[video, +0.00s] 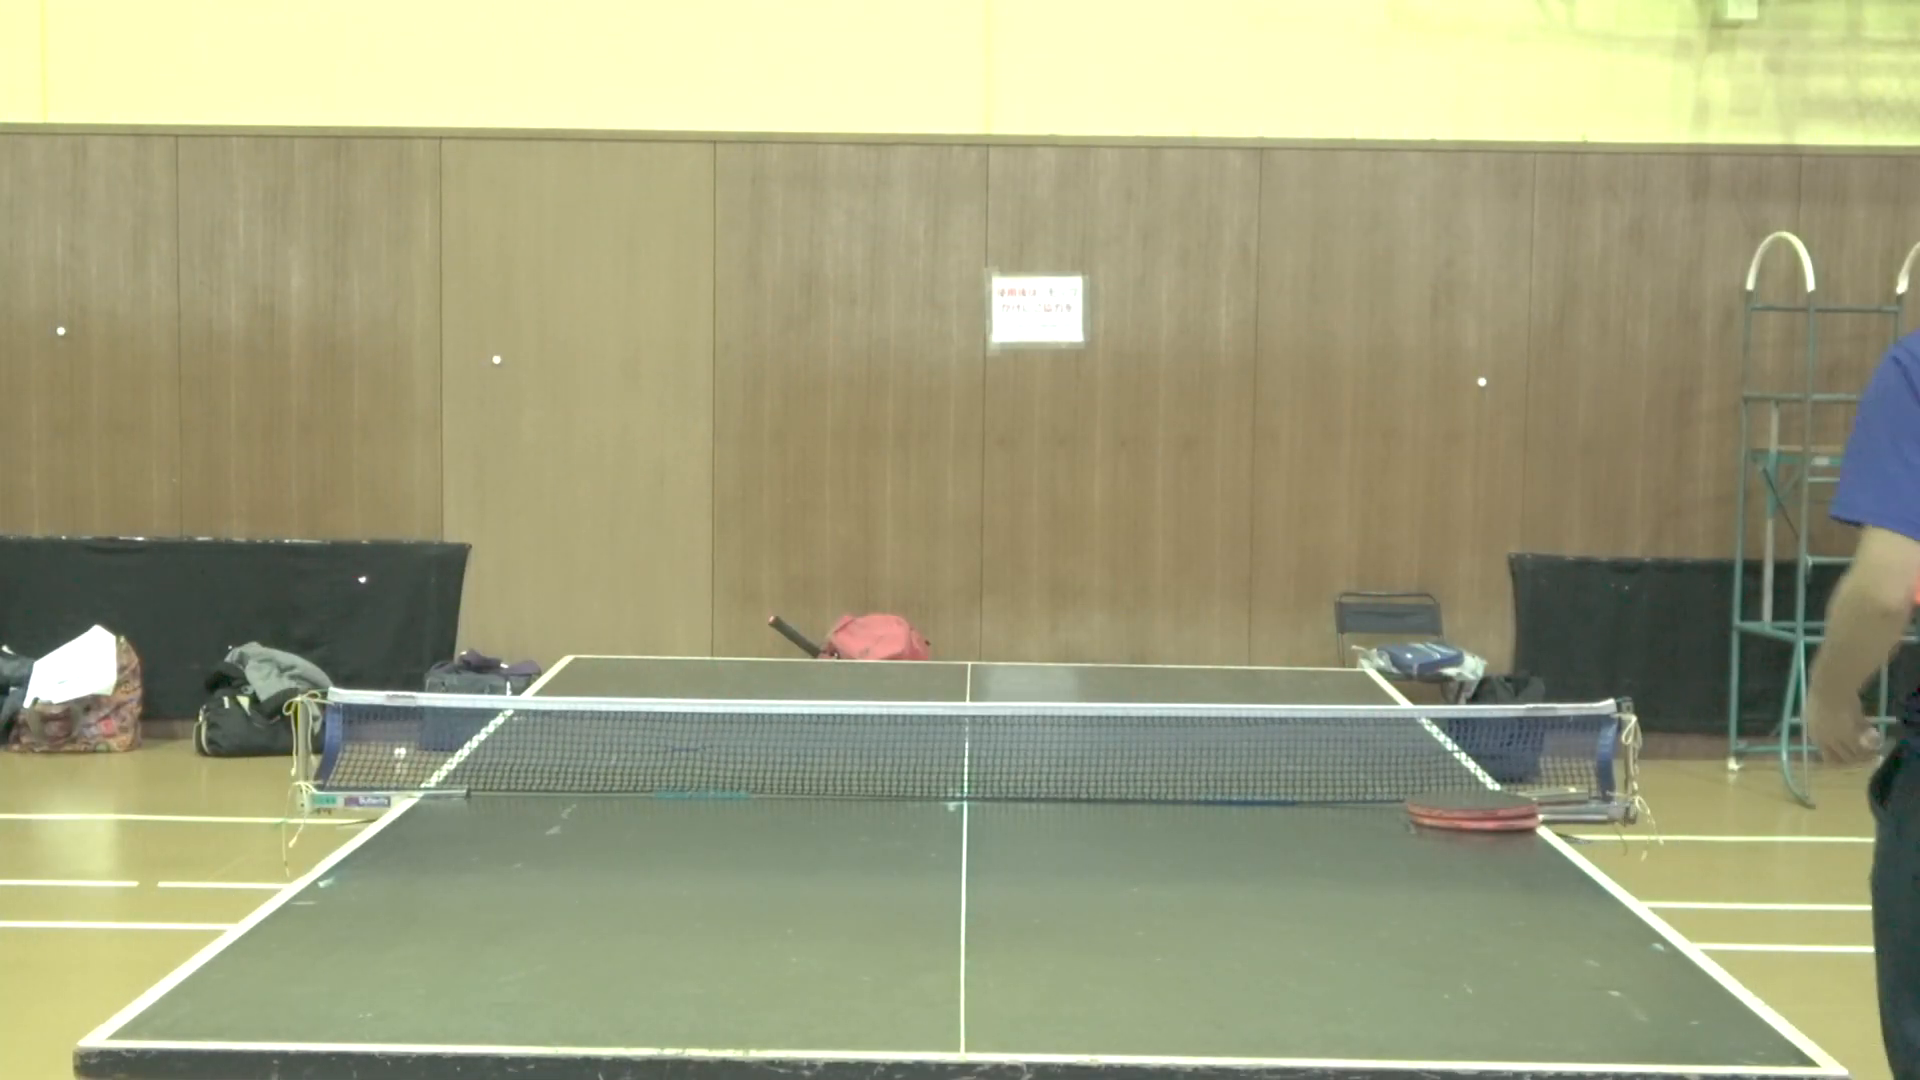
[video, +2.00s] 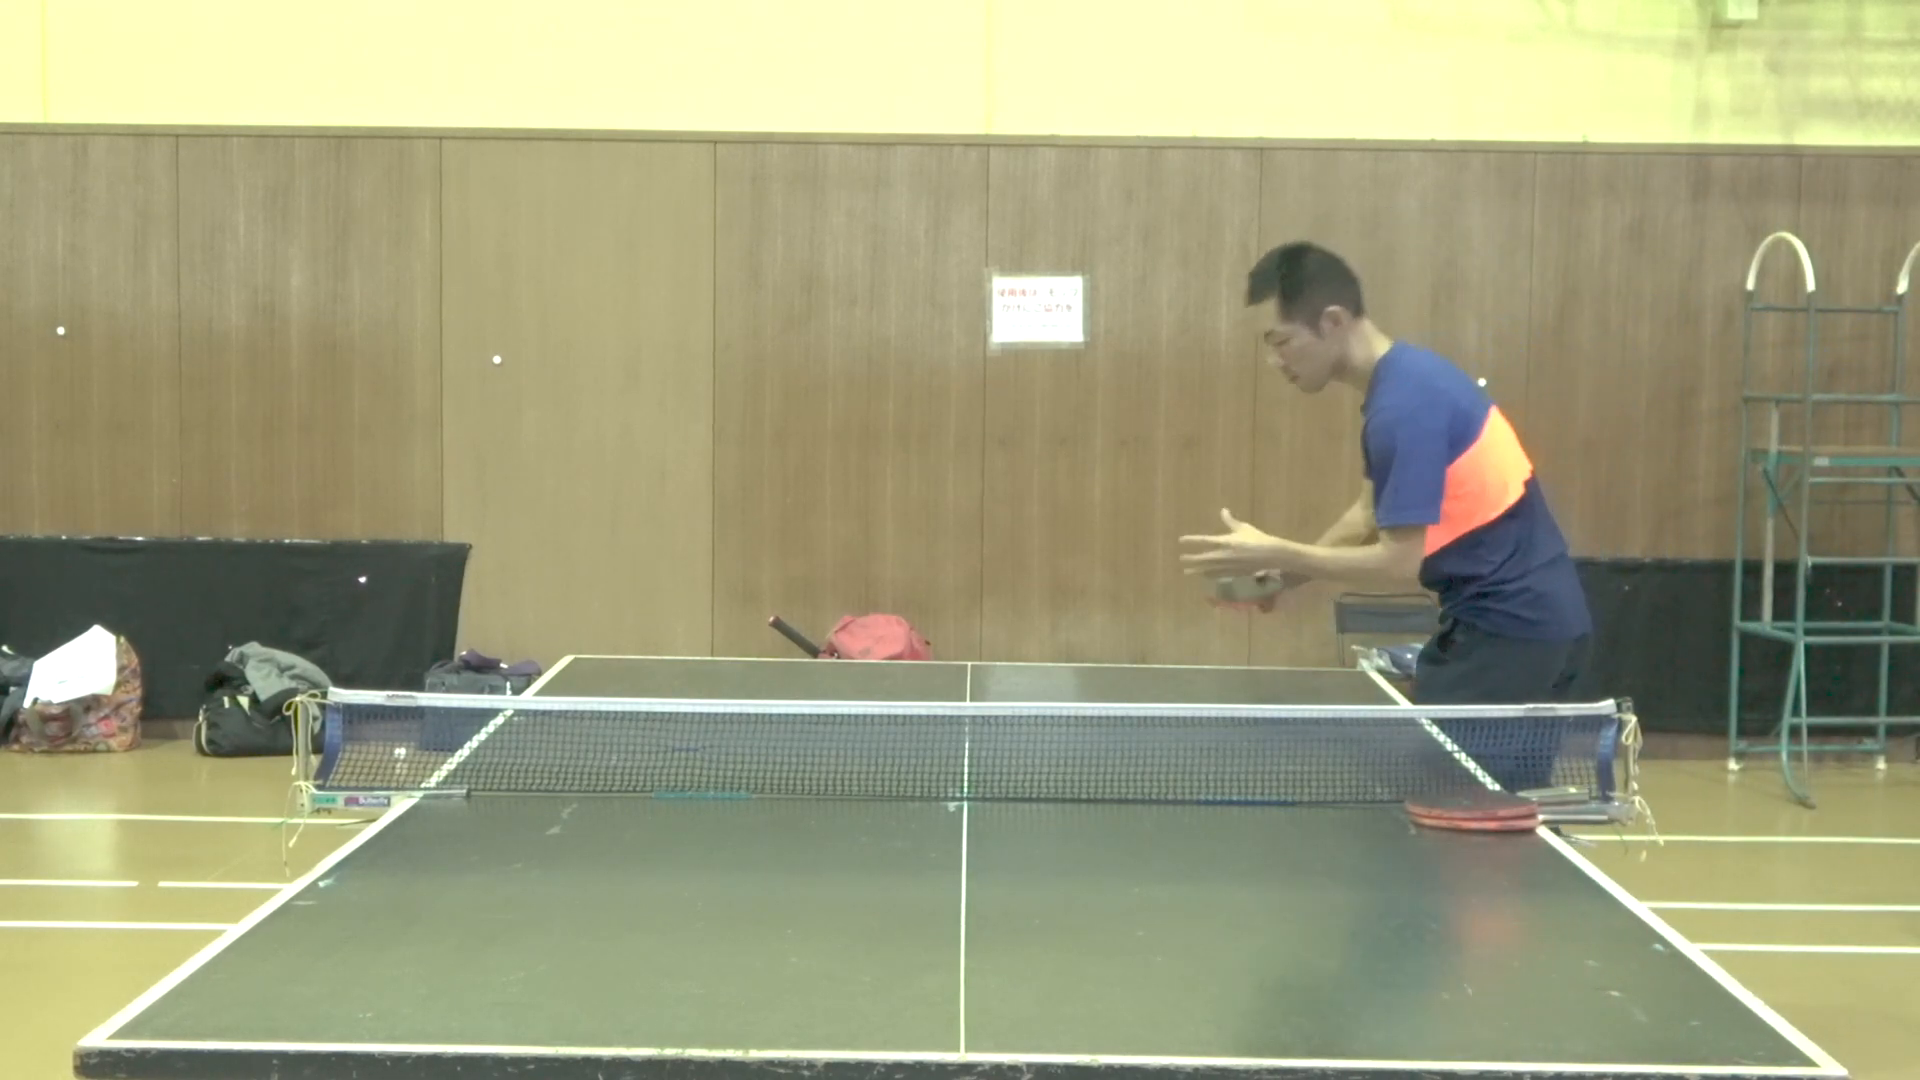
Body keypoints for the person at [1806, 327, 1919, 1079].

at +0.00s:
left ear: (1910, 275)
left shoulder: (1906, 370)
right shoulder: (1901, 371)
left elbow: (1888, 582)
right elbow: (1888, 580)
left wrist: (1831, 696)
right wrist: (1836, 695)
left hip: (1915, 774)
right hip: (1908, 772)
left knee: (1910, 1032)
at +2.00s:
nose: (1277, 362)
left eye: (1282, 342)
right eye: (1272, 344)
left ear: (1335, 322)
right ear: (1334, 324)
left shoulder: (1406, 402)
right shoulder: (1401, 384)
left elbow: (1403, 566)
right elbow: (1369, 514)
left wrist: (1274, 554)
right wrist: (1287, 580)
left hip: (1509, 634)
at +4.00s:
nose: (1287, 386)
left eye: (1292, 362)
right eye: (1276, 372)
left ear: (1341, 336)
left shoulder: (1404, 396)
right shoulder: (1391, 416)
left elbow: (1510, 467)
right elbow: (1442, 540)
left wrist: (1483, 580)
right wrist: (1375, 625)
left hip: (1530, 624)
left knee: (1431, 782)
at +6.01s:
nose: (1194, 386)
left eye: (1206, 368)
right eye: (1193, 368)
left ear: (1265, 365)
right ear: (1265, 367)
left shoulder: (1316, 440)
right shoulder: (1347, 412)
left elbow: (1225, 570)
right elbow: (1300, 559)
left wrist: (1109, 512)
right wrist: (1214, 613)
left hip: (1474, 636)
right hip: (1529, 622)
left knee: (1335, 775)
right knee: (1505, 806)